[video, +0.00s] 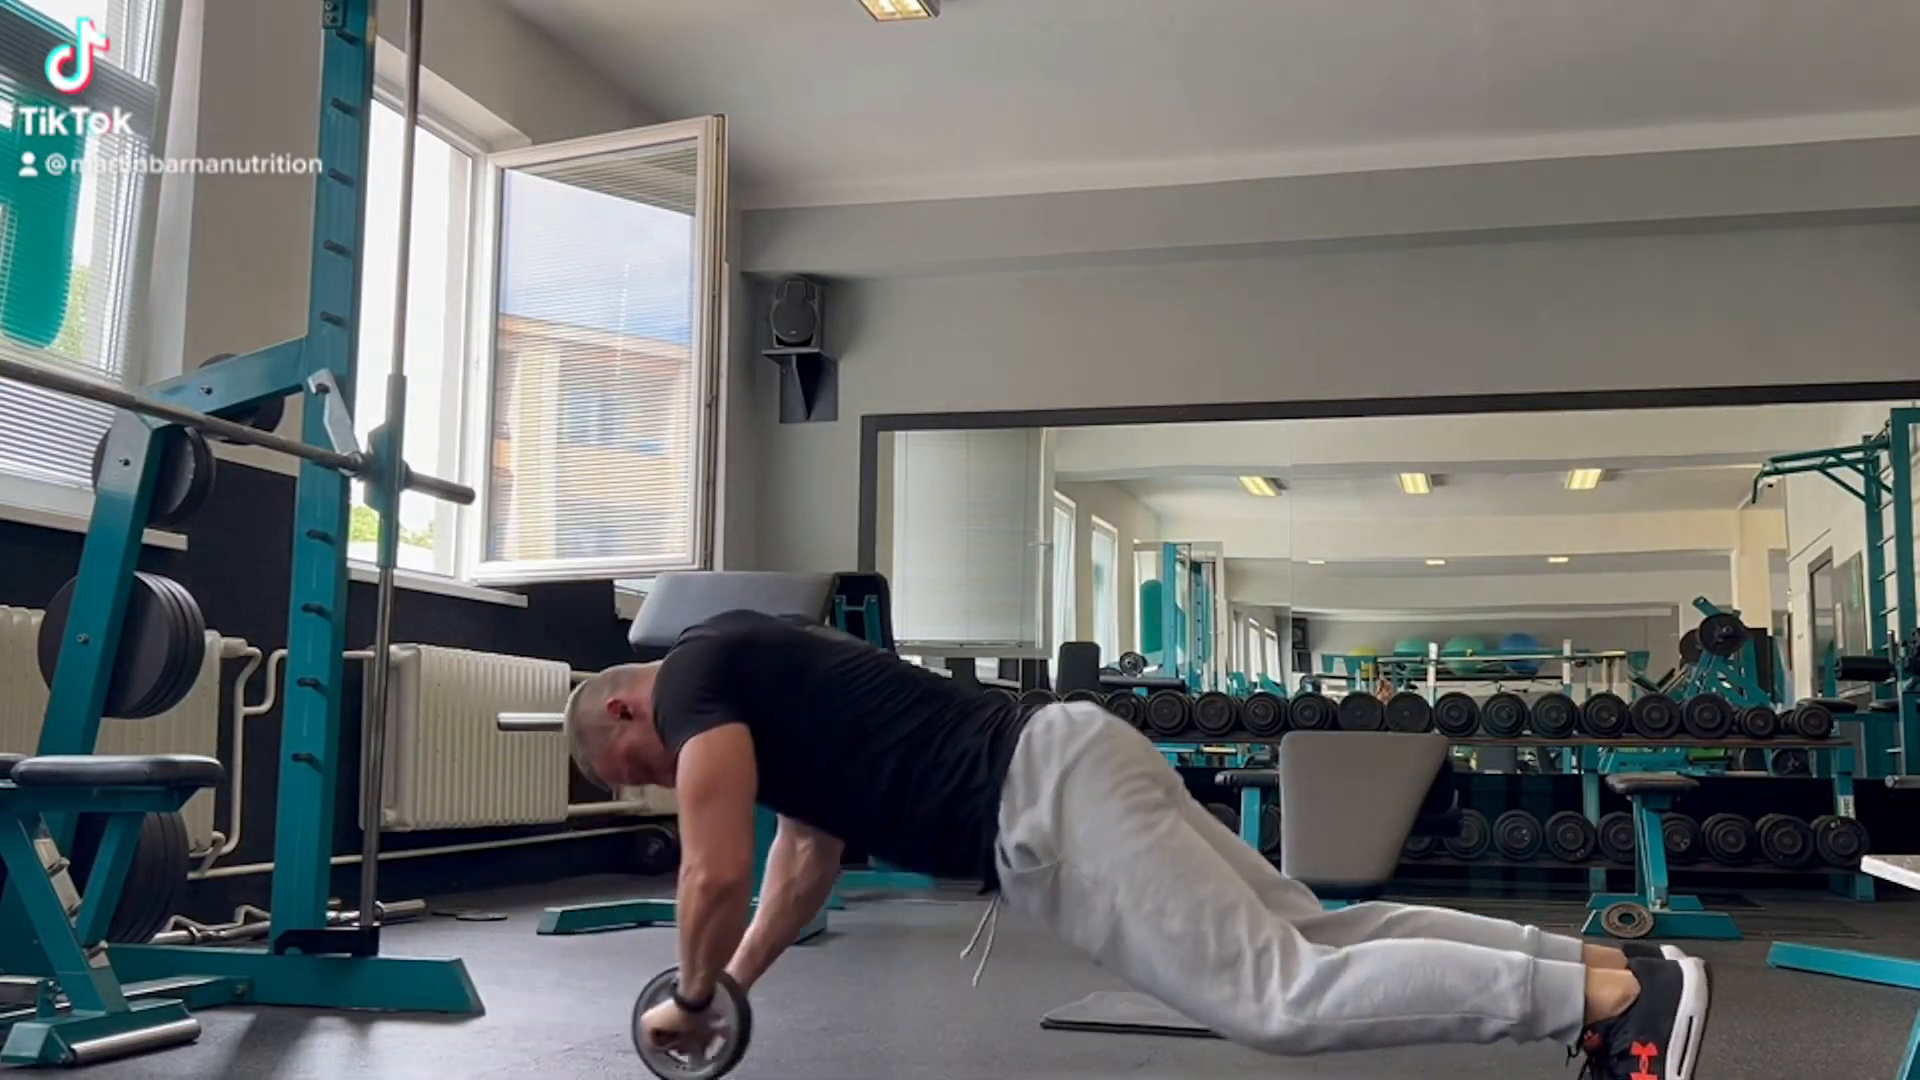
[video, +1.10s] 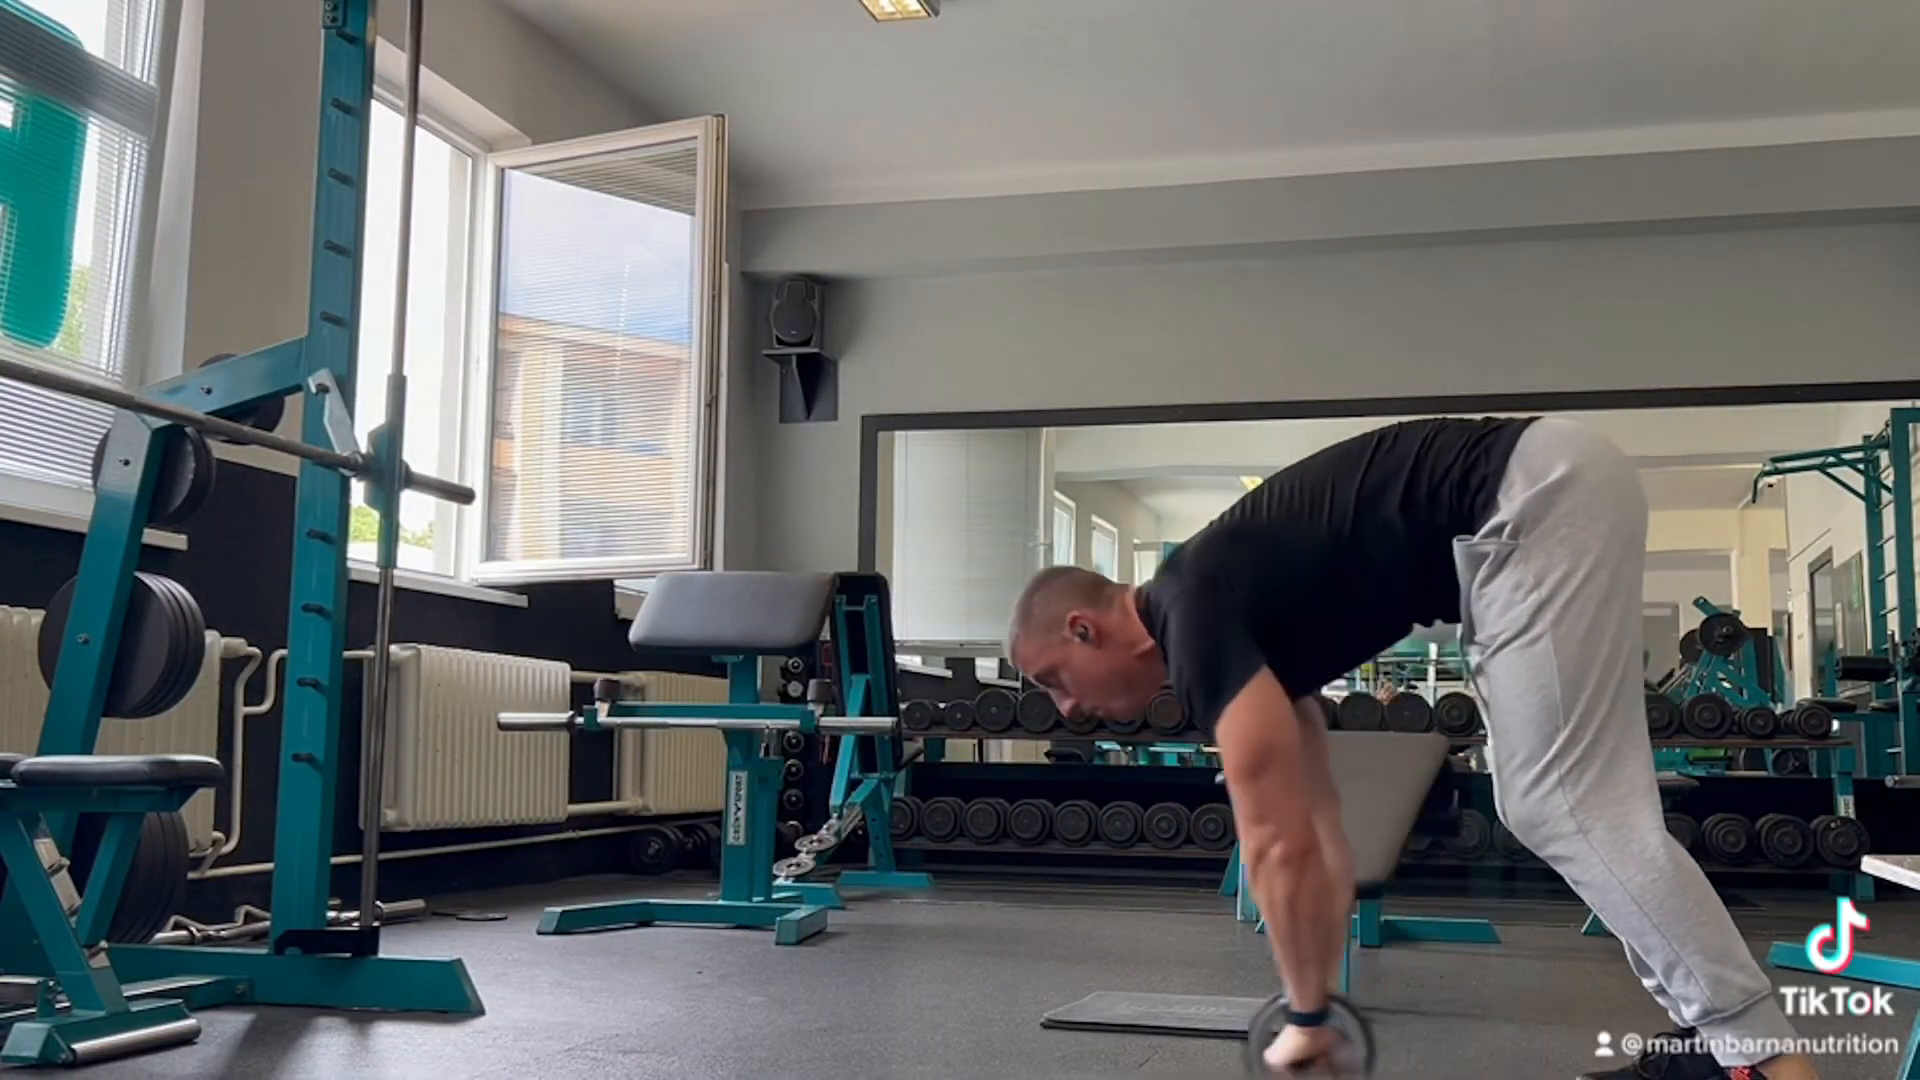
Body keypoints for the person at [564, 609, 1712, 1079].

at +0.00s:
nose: (649, 790)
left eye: (626, 774)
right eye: (635, 785)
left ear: (617, 706)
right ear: (641, 706)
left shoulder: (698, 670)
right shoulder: (763, 679)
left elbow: (720, 878)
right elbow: (808, 856)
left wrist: (689, 990)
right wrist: (737, 975)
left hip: (1053, 790)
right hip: (1065, 788)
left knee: (1285, 991)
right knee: (1301, 942)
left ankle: (1605, 993)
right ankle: (1598, 974)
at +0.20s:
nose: (745, 758)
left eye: (723, 743)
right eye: (732, 754)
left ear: (718, 669)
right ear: (744, 672)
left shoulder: (817, 631)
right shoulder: (869, 650)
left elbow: (851, 842)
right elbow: (915, 844)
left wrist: (845, 994)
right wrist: (868, 993)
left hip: (1172, 635)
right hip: (1173, 646)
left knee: (1375, 866)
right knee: (1371, 860)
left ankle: (1677, 1011)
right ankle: (1649, 998)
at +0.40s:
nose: (902, 751)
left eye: (874, 736)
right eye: (878, 743)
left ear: (874, 672)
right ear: (884, 657)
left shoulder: (981, 614)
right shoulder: (986, 622)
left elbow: (1033, 840)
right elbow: (1047, 835)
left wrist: (1024, 1000)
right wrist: (1030, 993)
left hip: (1317, 550)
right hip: (1307, 566)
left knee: (1455, 827)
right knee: (1441, 822)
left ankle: (1717, 1023)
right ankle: (1671, 1005)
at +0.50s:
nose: (981, 746)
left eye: (952, 731)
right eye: (955, 742)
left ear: (958, 662)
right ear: (962, 652)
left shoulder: (1065, 614)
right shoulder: (1066, 620)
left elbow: (1124, 840)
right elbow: (1137, 836)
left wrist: (1120, 1004)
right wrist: (1123, 991)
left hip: (1394, 526)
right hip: (1386, 534)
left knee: (1499, 822)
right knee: (1491, 819)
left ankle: (1742, 1040)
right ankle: (1680, 1010)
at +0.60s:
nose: (1061, 749)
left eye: (1033, 737)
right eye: (1037, 748)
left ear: (1032, 670)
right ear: (1037, 654)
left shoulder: (1144, 612)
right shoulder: (1145, 614)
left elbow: (1232, 835)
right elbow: (1229, 823)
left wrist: (1247, 1008)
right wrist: (1246, 996)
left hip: (1466, 499)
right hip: (1455, 510)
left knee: (1532, 803)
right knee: (1517, 802)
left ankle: (1750, 1047)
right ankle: (1693, 1018)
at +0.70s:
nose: (1125, 758)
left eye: (1102, 744)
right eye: (1102, 756)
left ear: (1107, 675)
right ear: (1113, 663)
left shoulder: (1222, 631)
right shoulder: (1216, 634)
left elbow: (1352, 841)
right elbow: (1328, 829)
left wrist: (1409, 1020)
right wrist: (1397, 998)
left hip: (1537, 490)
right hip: (1513, 511)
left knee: (1566, 795)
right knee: (1534, 797)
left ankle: (1765, 1051)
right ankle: (1702, 1018)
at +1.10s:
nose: (1068, 711)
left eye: (1056, 685)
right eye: (1051, 697)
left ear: (1094, 627)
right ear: (1102, 620)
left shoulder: (1199, 611)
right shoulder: (1210, 601)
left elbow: (1292, 845)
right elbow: (1312, 809)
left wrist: (1310, 1015)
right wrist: (1312, 990)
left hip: (1537, 494)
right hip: (1542, 485)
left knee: (1555, 800)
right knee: (1575, 790)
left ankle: (1752, 1041)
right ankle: (1714, 1020)